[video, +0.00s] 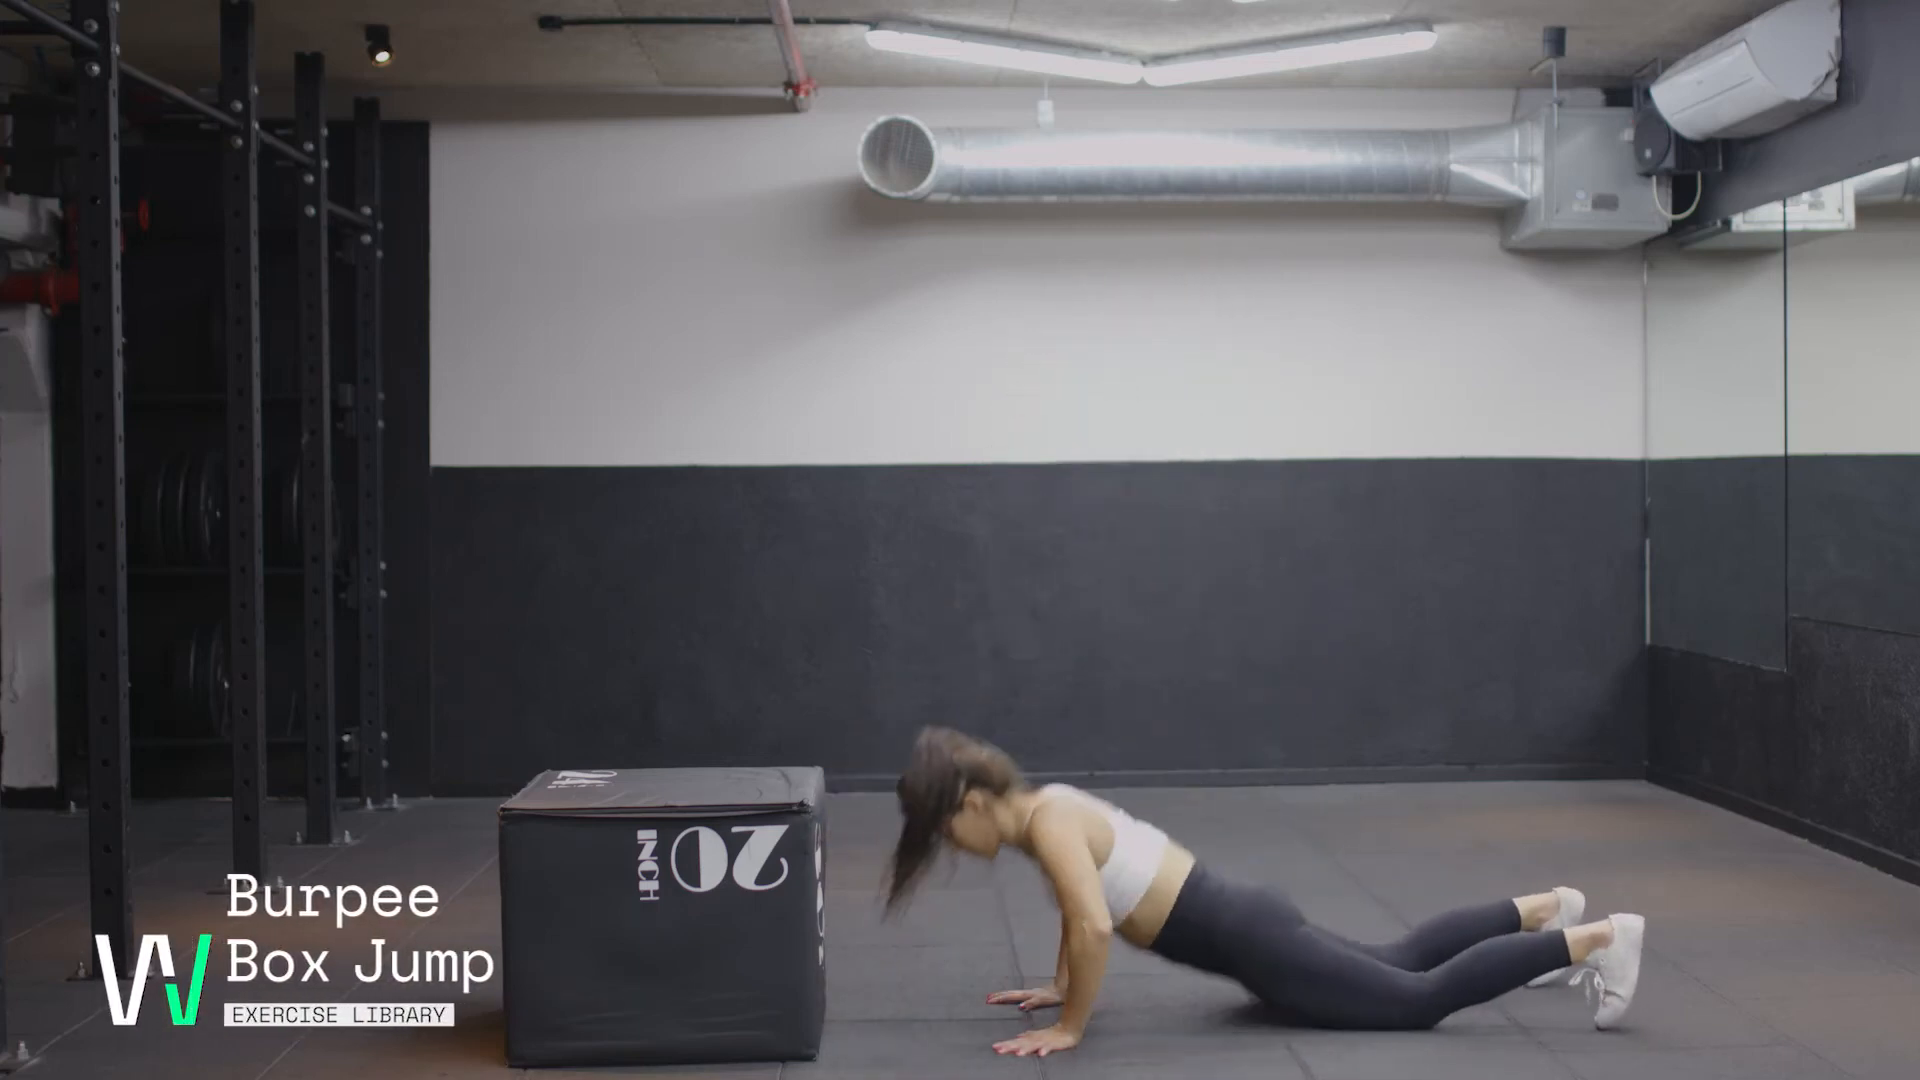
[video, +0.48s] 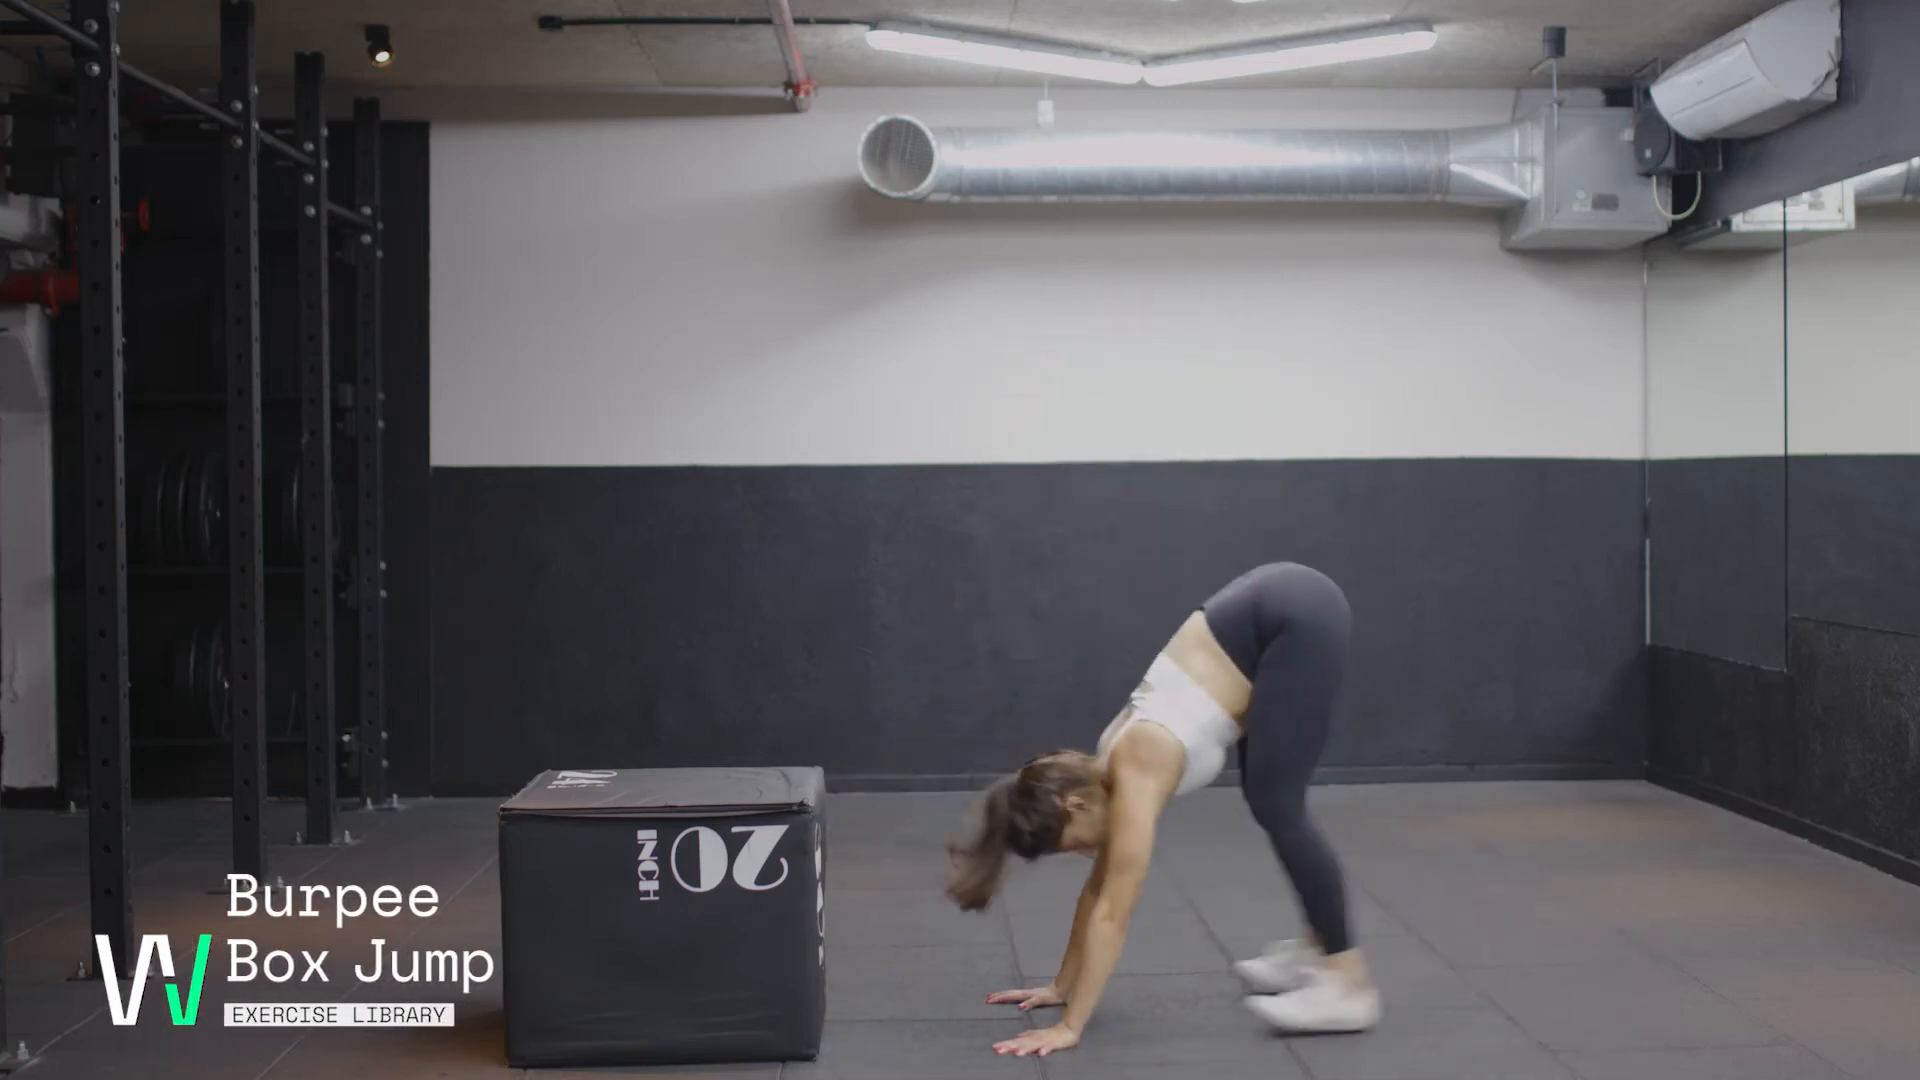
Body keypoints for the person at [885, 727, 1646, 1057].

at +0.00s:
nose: (954, 845)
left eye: (949, 829)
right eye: (944, 832)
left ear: (976, 801)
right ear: (979, 793)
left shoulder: (1052, 829)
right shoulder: (1047, 809)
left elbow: (1092, 934)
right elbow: (1081, 918)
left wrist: (1071, 1025)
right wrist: (1059, 988)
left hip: (1244, 936)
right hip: (1243, 920)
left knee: (1421, 999)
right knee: (1397, 966)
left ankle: (1587, 943)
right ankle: (1545, 910)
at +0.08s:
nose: (963, 819)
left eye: (957, 803)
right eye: (954, 806)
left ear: (981, 777)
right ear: (984, 771)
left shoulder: (1059, 798)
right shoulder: (1053, 784)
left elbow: (1085, 918)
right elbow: (1075, 903)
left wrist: (1071, 1023)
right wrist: (1060, 988)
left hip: (1264, 885)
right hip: (1260, 875)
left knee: (1415, 997)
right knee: (1393, 966)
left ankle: (1593, 958)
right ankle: (1541, 921)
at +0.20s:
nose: (954, 802)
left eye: (945, 790)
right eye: (943, 792)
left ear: (967, 767)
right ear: (977, 749)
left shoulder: (1053, 771)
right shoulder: (1042, 762)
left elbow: (1070, 906)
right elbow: (1064, 894)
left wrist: (1070, 1024)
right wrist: (1058, 986)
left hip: (1265, 783)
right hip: (1258, 772)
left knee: (1409, 919)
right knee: (1400, 890)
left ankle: (1603, 953)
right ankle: (1540, 911)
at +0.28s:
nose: (979, 823)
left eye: (967, 808)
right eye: (963, 815)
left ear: (984, 779)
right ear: (985, 768)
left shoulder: (1062, 766)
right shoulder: (1046, 758)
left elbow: (1073, 902)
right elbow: (1063, 891)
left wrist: (1069, 1028)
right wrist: (1060, 990)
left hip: (1266, 707)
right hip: (1255, 709)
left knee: (1381, 871)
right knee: (1377, 853)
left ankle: (1567, 925)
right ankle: (1526, 900)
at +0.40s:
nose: (1048, 847)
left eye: (1037, 839)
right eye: (1036, 845)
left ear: (1037, 800)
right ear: (1037, 789)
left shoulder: (1111, 765)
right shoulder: (1087, 757)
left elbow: (1098, 908)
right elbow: (1086, 890)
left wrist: (1070, 1025)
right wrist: (1060, 989)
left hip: (1281, 624)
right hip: (1259, 628)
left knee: (1312, 820)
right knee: (1310, 814)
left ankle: (1449, 947)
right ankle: (1409, 928)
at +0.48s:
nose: (1081, 852)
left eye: (1071, 841)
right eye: (1068, 850)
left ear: (1074, 801)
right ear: (1072, 790)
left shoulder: (1139, 772)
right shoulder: (1112, 764)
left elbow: (1113, 912)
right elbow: (1100, 887)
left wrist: (1072, 1026)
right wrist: (1062, 988)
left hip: (1301, 613)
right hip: (1279, 610)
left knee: (1278, 802)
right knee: (1271, 798)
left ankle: (1349, 983)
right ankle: (1322, 948)